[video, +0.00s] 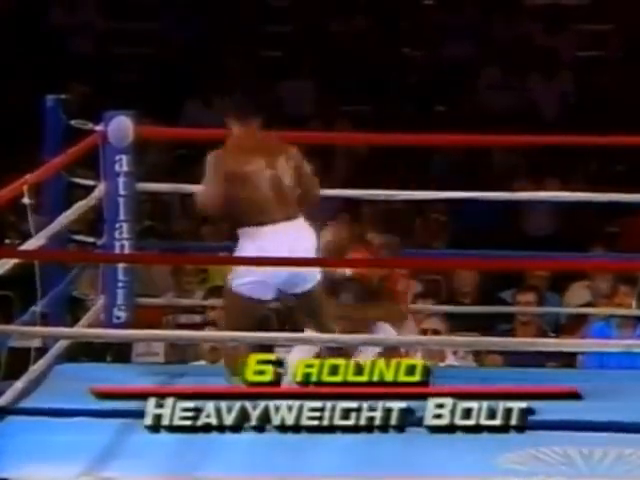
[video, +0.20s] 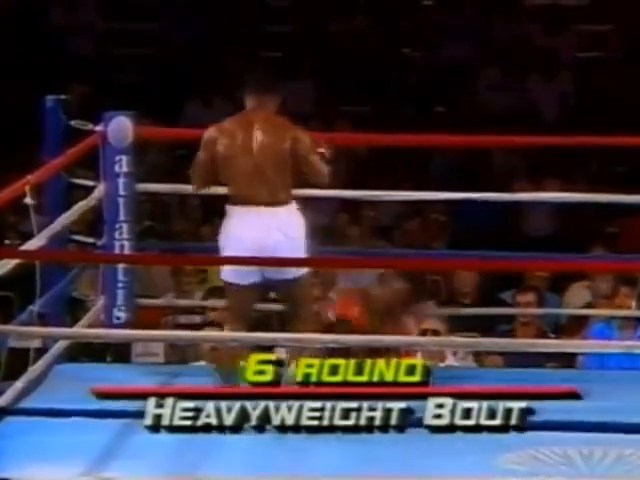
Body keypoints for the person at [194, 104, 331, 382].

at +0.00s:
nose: (233, 131)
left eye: (230, 124)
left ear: (229, 121)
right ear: (260, 119)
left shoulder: (221, 157)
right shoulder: (286, 150)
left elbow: (211, 203)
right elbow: (312, 191)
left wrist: (199, 192)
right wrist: (287, 201)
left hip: (257, 242)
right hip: (300, 235)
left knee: (235, 335)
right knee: (323, 323)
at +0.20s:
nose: (270, 105)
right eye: (273, 99)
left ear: (245, 97)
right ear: (277, 99)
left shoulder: (217, 134)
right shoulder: (291, 134)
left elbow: (198, 181)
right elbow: (322, 178)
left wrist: (231, 169)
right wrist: (321, 158)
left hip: (240, 217)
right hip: (283, 215)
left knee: (237, 313)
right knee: (303, 309)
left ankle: (226, 386)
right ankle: (294, 382)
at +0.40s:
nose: (299, 113)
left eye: (301, 106)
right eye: (300, 105)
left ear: (268, 96)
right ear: (293, 102)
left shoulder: (234, 130)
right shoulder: (287, 139)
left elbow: (234, 178)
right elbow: (302, 193)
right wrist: (331, 177)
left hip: (233, 218)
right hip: (268, 225)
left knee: (230, 316)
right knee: (289, 319)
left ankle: (207, 390)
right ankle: (284, 391)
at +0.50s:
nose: (314, 97)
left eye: (317, 90)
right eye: (313, 89)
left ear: (284, 80)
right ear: (300, 84)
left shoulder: (256, 108)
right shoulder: (276, 116)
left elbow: (271, 154)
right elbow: (277, 171)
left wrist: (312, 158)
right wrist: (318, 173)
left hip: (247, 203)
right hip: (266, 207)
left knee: (237, 294)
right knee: (280, 298)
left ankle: (201, 367)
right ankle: (262, 372)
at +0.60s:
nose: (319, 93)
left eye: (322, 86)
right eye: (319, 84)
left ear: (297, 74)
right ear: (304, 77)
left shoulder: (275, 101)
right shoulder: (279, 105)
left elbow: (286, 143)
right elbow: (269, 161)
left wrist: (313, 144)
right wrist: (311, 169)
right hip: (268, 202)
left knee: (250, 287)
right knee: (281, 293)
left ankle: (206, 347)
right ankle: (255, 361)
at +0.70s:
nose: (336, 86)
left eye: (338, 79)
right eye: (335, 78)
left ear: (314, 69)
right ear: (321, 72)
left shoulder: (302, 101)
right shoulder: (286, 99)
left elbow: (296, 148)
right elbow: (273, 149)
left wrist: (333, 151)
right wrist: (315, 166)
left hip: (294, 194)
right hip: (277, 195)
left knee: (297, 283)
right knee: (285, 284)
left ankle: (252, 345)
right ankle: (251, 349)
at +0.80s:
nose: (347, 85)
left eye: (350, 79)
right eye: (347, 77)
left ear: (328, 70)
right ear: (330, 70)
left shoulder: (316, 101)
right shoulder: (297, 99)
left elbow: (308, 147)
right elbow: (280, 151)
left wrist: (344, 152)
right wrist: (324, 166)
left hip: (311, 193)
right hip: (286, 194)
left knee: (334, 275)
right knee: (280, 283)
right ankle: (247, 349)